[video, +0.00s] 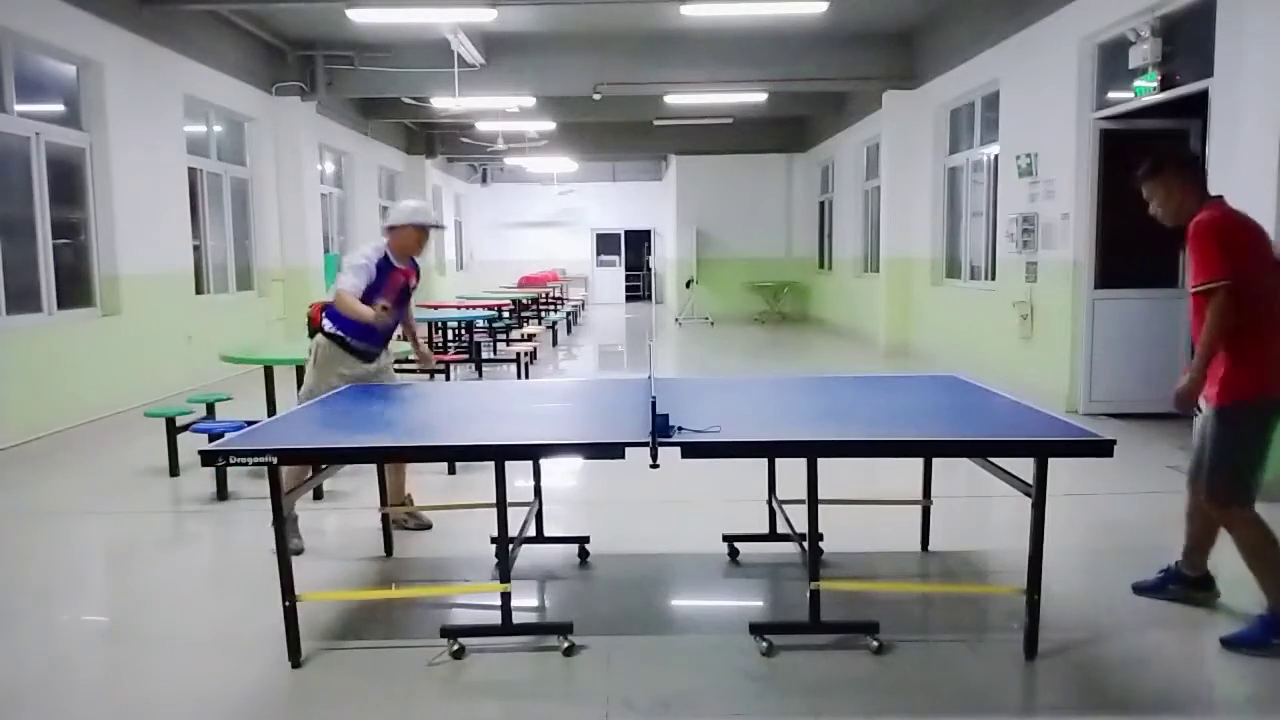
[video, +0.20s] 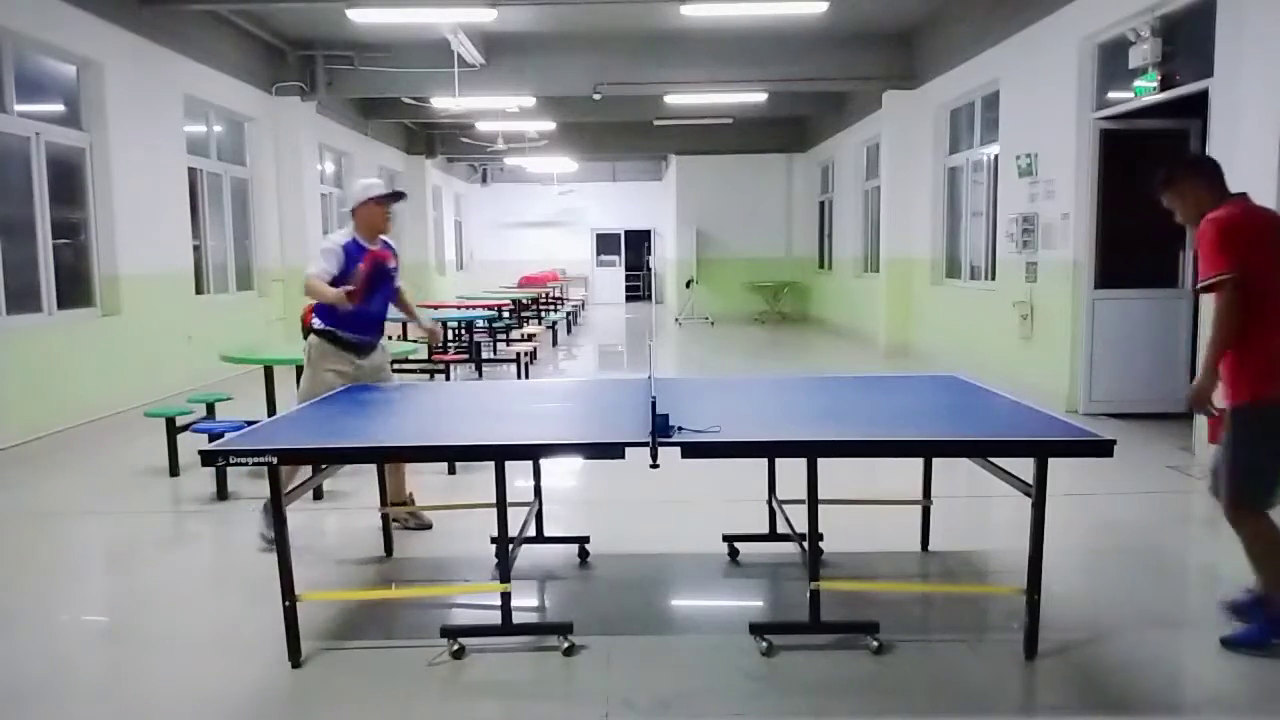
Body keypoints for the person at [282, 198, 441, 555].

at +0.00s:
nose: (425, 241)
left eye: (427, 234)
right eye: (420, 233)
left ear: (419, 235)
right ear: (397, 230)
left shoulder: (411, 269)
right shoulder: (368, 258)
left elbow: (404, 309)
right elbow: (341, 297)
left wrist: (418, 344)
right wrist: (370, 313)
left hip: (378, 359)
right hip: (336, 354)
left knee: (396, 429)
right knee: (308, 436)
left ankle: (396, 504)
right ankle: (287, 513)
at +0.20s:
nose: (390, 213)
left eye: (390, 207)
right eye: (383, 207)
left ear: (382, 211)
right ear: (361, 209)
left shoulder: (388, 250)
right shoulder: (337, 246)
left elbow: (395, 291)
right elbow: (312, 283)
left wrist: (420, 320)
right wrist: (334, 294)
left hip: (372, 353)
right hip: (330, 352)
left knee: (395, 426)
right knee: (310, 433)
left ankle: (398, 504)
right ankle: (274, 507)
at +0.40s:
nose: (338, 224)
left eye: (337, 218)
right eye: (329, 217)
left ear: (330, 223)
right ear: (305, 223)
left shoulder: (341, 262)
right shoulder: (288, 264)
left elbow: (367, 303)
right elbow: (261, 308)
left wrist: (374, 281)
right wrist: (294, 324)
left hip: (332, 364)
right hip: (289, 366)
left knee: (370, 432)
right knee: (286, 443)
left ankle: (396, 505)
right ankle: (258, 513)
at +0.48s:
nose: (327, 224)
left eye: (326, 218)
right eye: (319, 218)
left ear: (314, 224)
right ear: (294, 223)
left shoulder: (328, 259)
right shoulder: (269, 261)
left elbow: (359, 297)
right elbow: (250, 311)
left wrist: (351, 256)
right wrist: (279, 336)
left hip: (321, 365)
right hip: (277, 368)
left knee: (355, 433)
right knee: (271, 443)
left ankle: (384, 503)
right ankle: (257, 517)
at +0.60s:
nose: (306, 219)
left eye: (307, 213)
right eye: (298, 213)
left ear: (308, 216)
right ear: (274, 214)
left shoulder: (311, 251)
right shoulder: (248, 255)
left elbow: (346, 285)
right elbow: (236, 312)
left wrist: (327, 250)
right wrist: (261, 344)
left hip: (308, 359)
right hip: (262, 362)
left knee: (327, 432)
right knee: (257, 441)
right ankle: (251, 519)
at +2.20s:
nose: (271, 228)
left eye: (275, 223)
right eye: (265, 220)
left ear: (273, 225)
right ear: (241, 215)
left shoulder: (271, 254)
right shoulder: (213, 253)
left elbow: (311, 270)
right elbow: (218, 305)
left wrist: (290, 235)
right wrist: (270, 333)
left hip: (260, 374)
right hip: (219, 374)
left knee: (288, 452)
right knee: (221, 466)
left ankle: (296, 530)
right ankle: (205, 553)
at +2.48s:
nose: (244, 212)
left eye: (245, 205)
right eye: (235, 205)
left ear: (238, 209)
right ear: (207, 210)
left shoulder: (244, 249)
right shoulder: (190, 252)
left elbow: (265, 291)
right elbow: (207, 310)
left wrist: (301, 295)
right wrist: (259, 341)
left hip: (251, 367)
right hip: (210, 370)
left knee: (263, 455)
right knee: (211, 464)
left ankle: (274, 535)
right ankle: (204, 553)